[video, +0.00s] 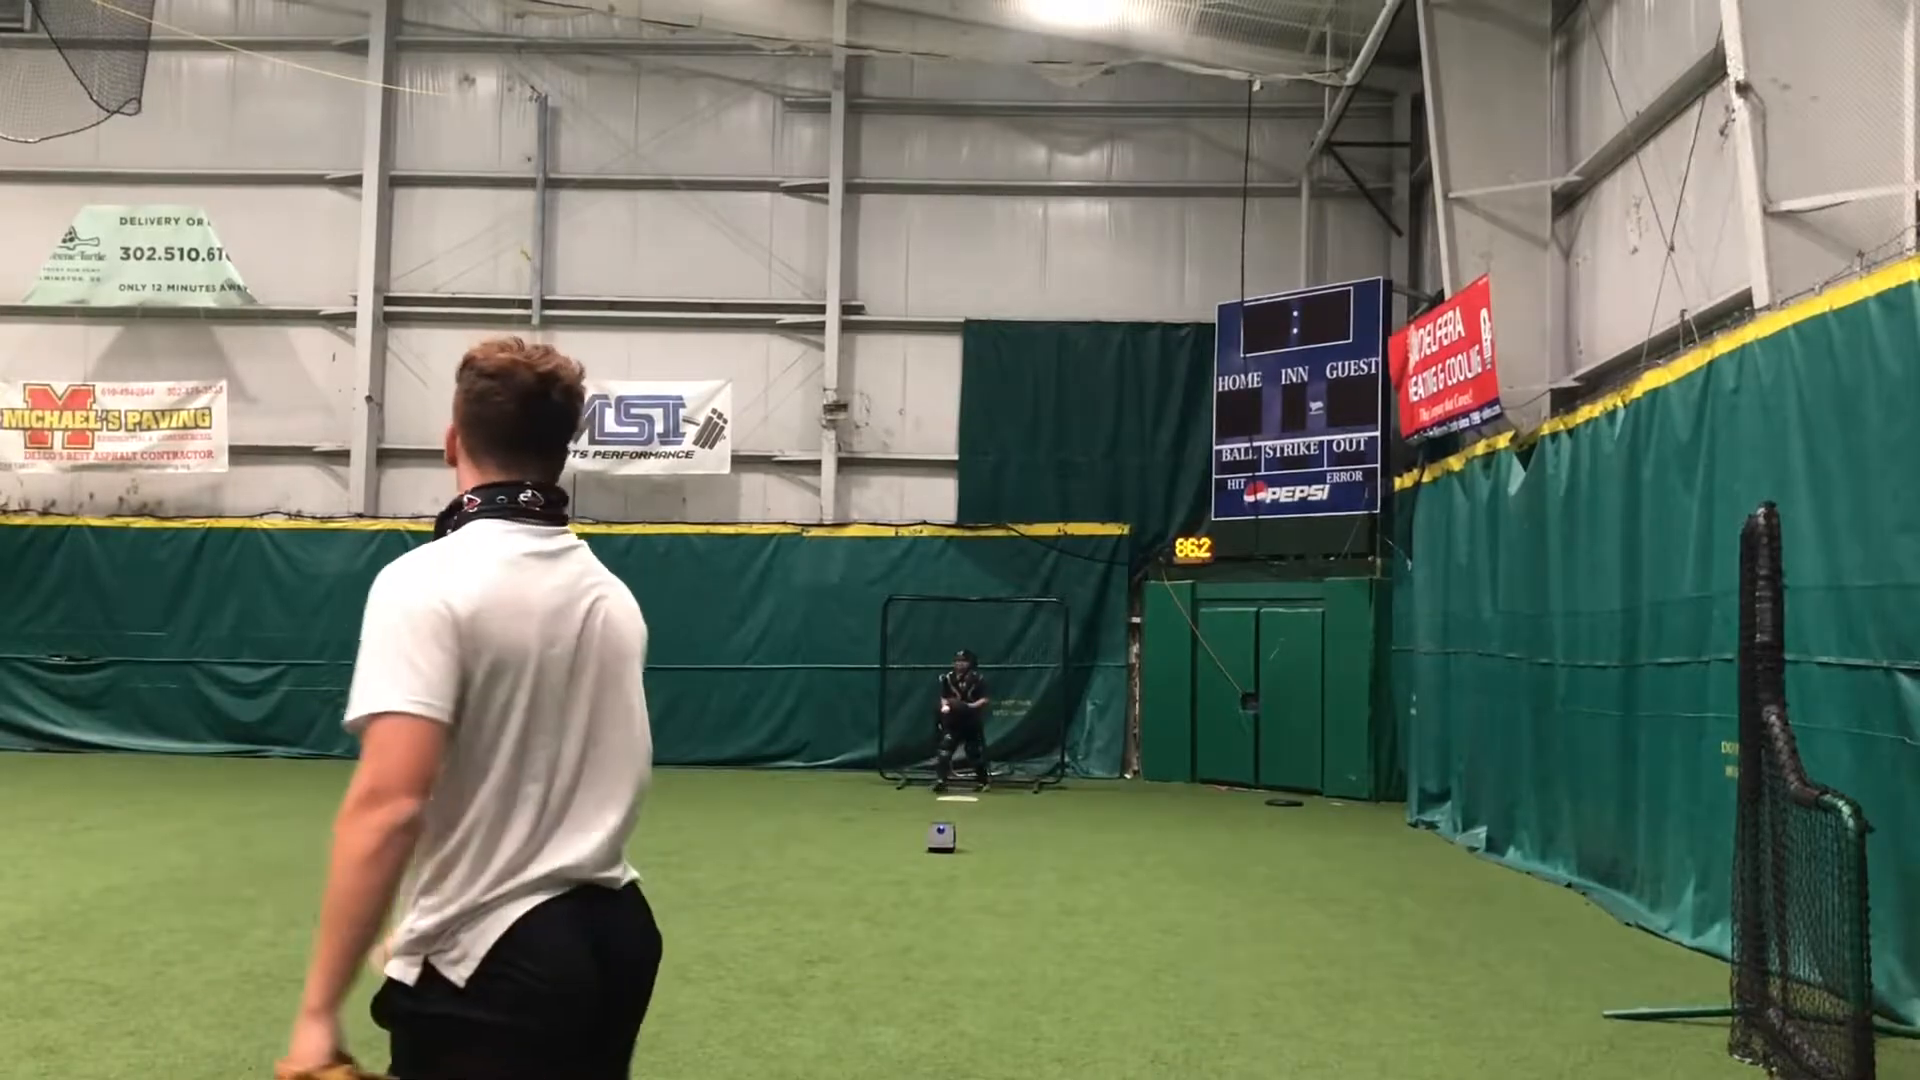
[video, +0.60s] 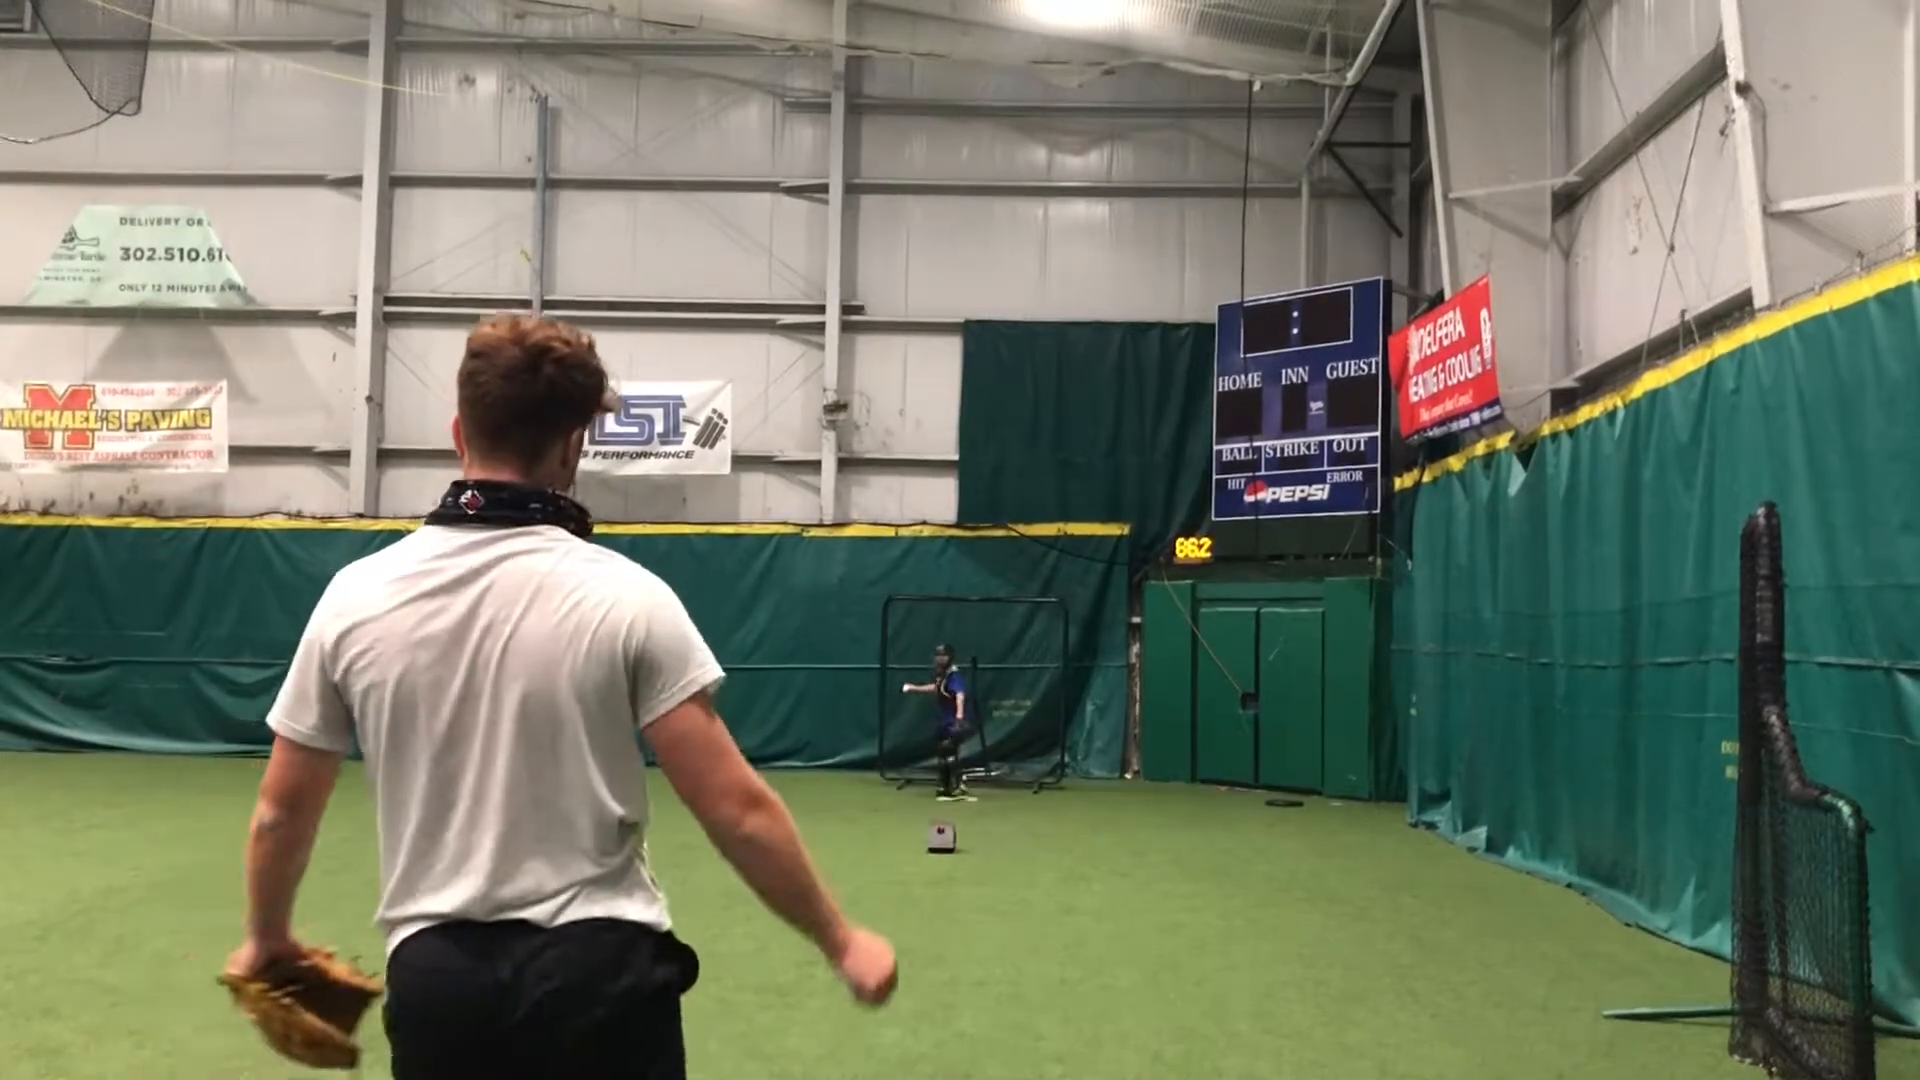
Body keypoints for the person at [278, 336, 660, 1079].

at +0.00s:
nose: (441, 440)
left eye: (444, 425)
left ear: (453, 441)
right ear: (562, 452)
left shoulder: (427, 584)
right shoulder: (611, 595)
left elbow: (389, 804)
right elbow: (582, 787)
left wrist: (319, 1010)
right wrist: (444, 918)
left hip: (481, 968)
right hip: (615, 945)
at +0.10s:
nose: (448, 442)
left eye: (448, 429)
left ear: (456, 443)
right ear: (569, 454)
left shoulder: (399, 589)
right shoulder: (633, 605)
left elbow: (322, 807)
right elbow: (608, 774)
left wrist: (240, 1000)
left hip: (460, 976)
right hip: (615, 965)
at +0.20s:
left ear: (456, 443)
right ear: (571, 452)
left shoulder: (377, 592)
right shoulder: (636, 599)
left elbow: (267, 812)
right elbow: (678, 774)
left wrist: (182, 986)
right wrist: (676, 854)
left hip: (446, 978)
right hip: (611, 966)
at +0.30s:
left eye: (452, 418)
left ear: (454, 439)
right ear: (569, 454)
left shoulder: (361, 596)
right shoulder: (638, 598)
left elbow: (241, 810)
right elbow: (732, 761)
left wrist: (154, 972)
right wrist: (756, 836)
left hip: (441, 978)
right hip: (609, 966)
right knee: (678, 1066)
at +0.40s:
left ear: (451, 439)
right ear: (568, 453)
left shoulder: (350, 601)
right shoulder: (632, 598)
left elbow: (238, 810)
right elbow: (756, 763)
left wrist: (165, 959)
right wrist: (810, 839)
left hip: (438, 985)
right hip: (610, 977)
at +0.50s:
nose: (576, 462)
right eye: (579, 446)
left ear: (451, 434)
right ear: (571, 449)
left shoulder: (351, 599)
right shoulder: (627, 598)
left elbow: (253, 811)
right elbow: (756, 782)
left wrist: (209, 951)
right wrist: (844, 875)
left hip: (441, 984)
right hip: (608, 976)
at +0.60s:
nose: (584, 454)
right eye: (588, 436)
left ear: (456, 429)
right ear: (575, 443)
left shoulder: (359, 596)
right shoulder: (625, 598)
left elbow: (282, 810)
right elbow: (737, 808)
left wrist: (267, 939)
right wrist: (840, 938)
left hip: (439, 987)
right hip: (604, 984)